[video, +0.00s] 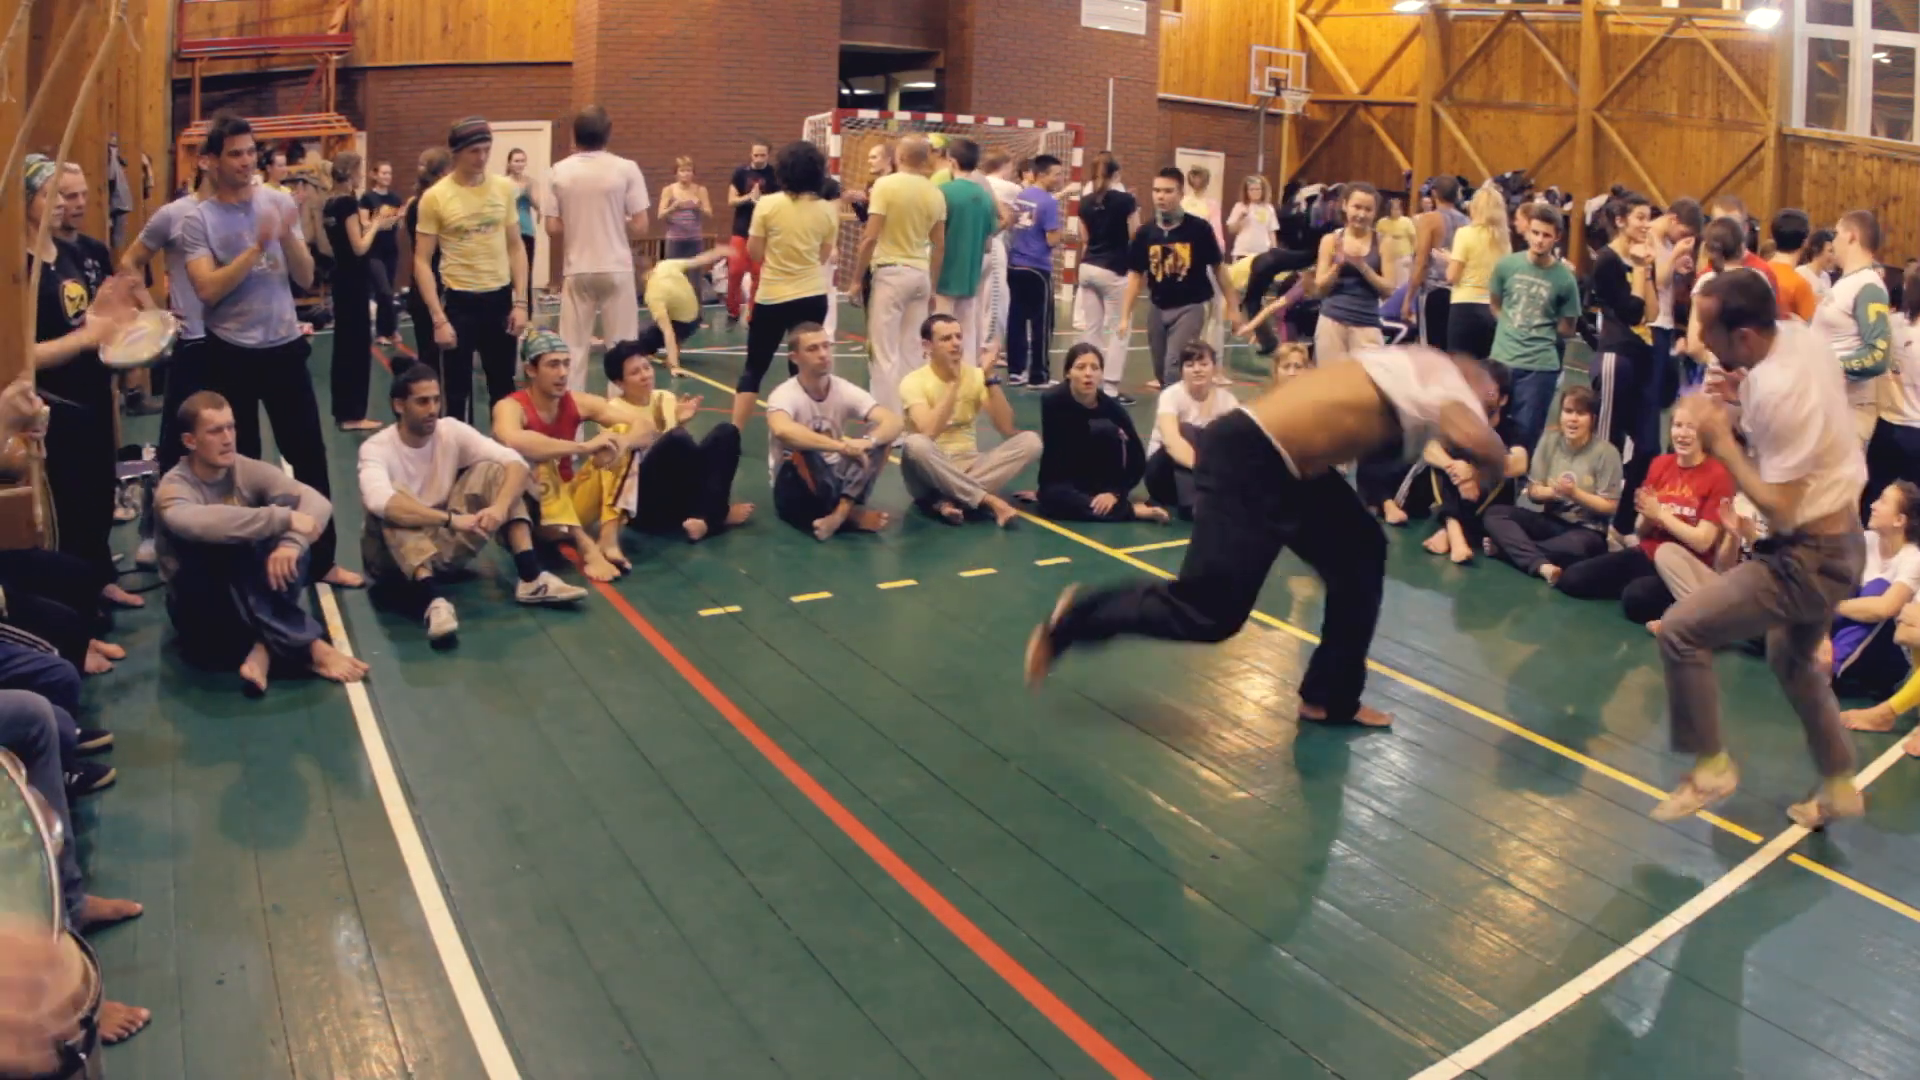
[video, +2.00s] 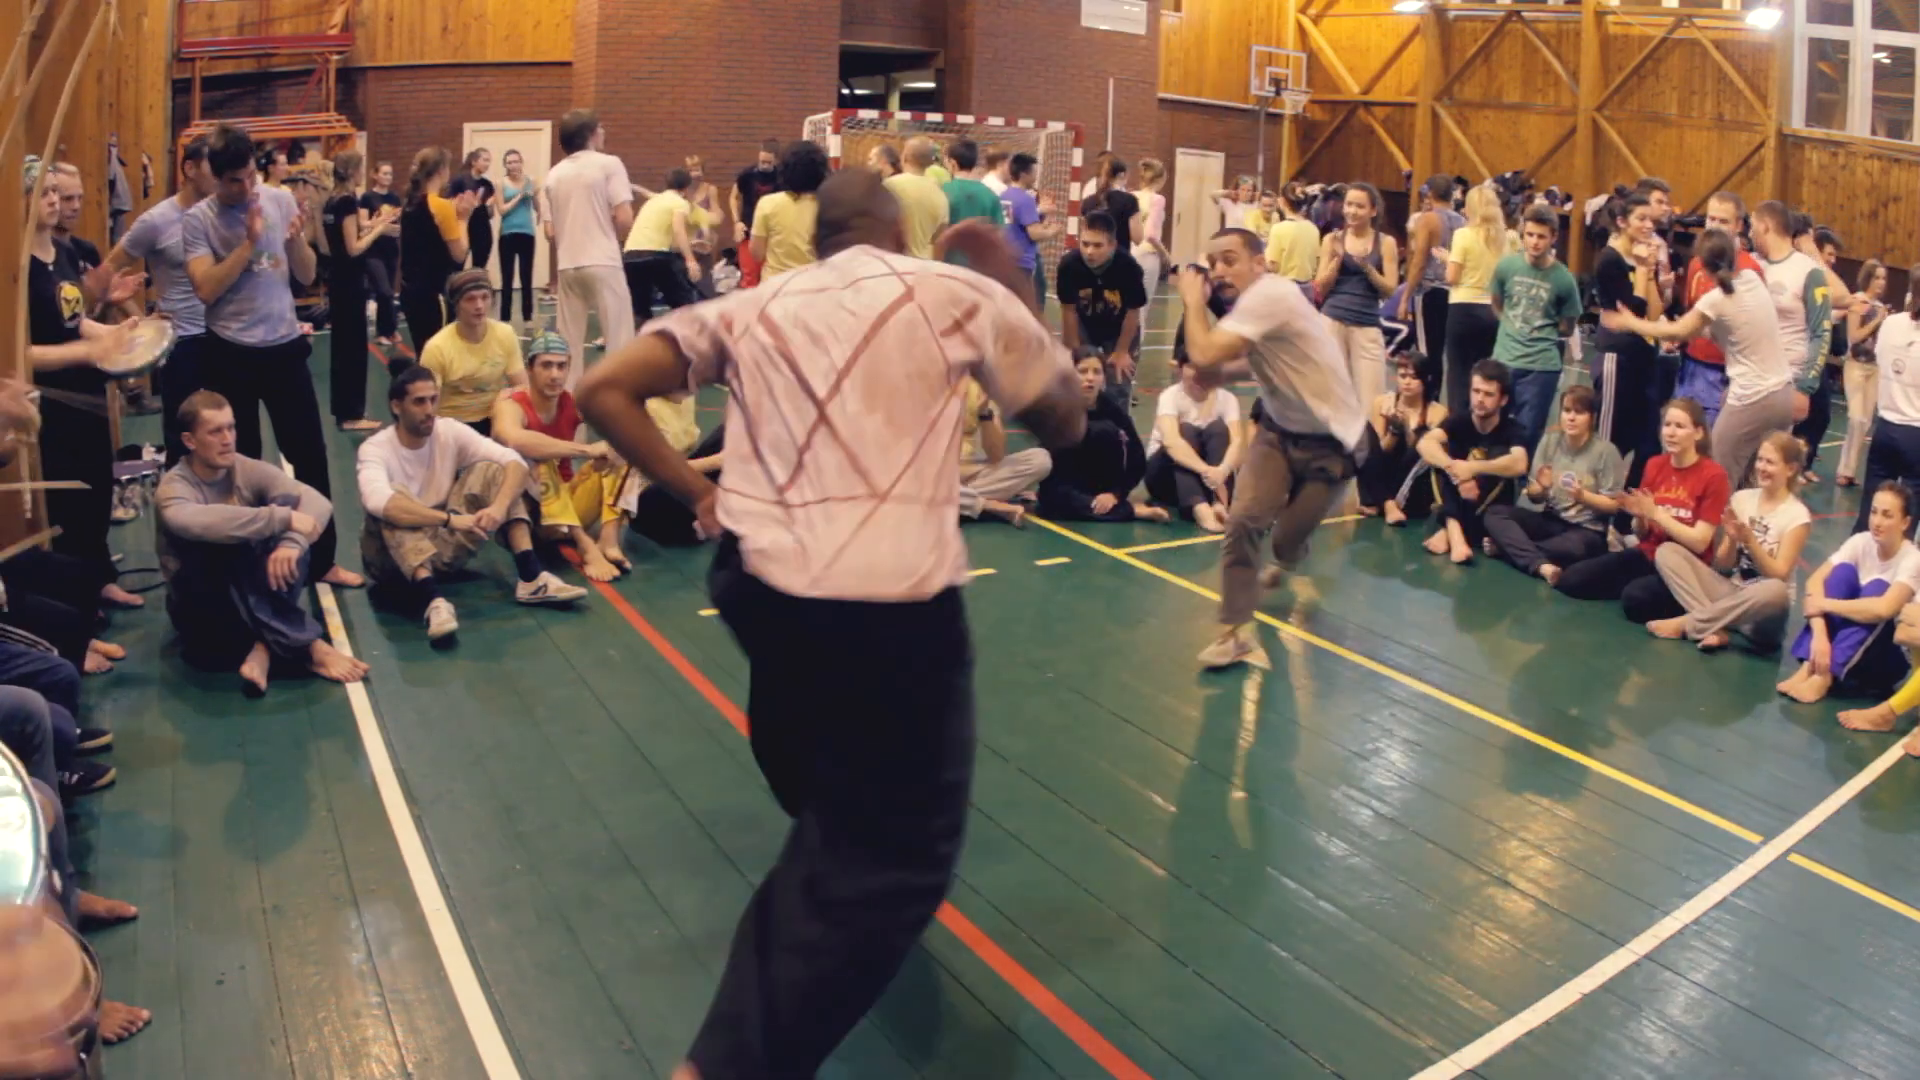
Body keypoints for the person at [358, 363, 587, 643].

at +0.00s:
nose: (432, 409)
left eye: (436, 400)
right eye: (422, 402)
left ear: (441, 400)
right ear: (398, 405)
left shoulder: (451, 431)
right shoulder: (376, 449)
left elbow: (516, 464)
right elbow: (381, 503)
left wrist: (500, 508)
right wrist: (450, 519)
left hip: (450, 545)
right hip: (398, 551)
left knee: (493, 470)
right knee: (395, 500)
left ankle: (532, 577)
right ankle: (434, 602)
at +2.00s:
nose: (429, 410)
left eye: (434, 400)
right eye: (419, 402)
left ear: (439, 400)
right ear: (396, 407)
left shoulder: (449, 431)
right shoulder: (375, 450)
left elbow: (516, 463)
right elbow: (379, 502)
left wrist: (499, 508)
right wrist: (449, 519)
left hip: (448, 547)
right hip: (398, 554)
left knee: (491, 470)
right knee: (395, 499)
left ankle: (532, 577)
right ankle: (434, 602)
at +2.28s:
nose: (431, 410)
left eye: (435, 401)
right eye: (421, 403)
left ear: (440, 400)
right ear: (397, 407)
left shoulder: (450, 431)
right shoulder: (376, 449)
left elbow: (516, 463)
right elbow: (380, 502)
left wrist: (500, 509)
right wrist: (450, 519)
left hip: (449, 547)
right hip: (397, 553)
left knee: (492, 470)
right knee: (396, 499)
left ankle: (532, 577)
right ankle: (434, 601)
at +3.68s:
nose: (434, 410)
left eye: (437, 401)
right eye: (424, 402)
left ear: (441, 400)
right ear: (398, 406)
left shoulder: (450, 430)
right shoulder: (375, 449)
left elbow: (516, 463)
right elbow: (380, 502)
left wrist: (500, 508)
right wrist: (449, 519)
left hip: (449, 546)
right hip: (399, 552)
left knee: (493, 470)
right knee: (395, 500)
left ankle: (532, 576)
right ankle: (434, 601)